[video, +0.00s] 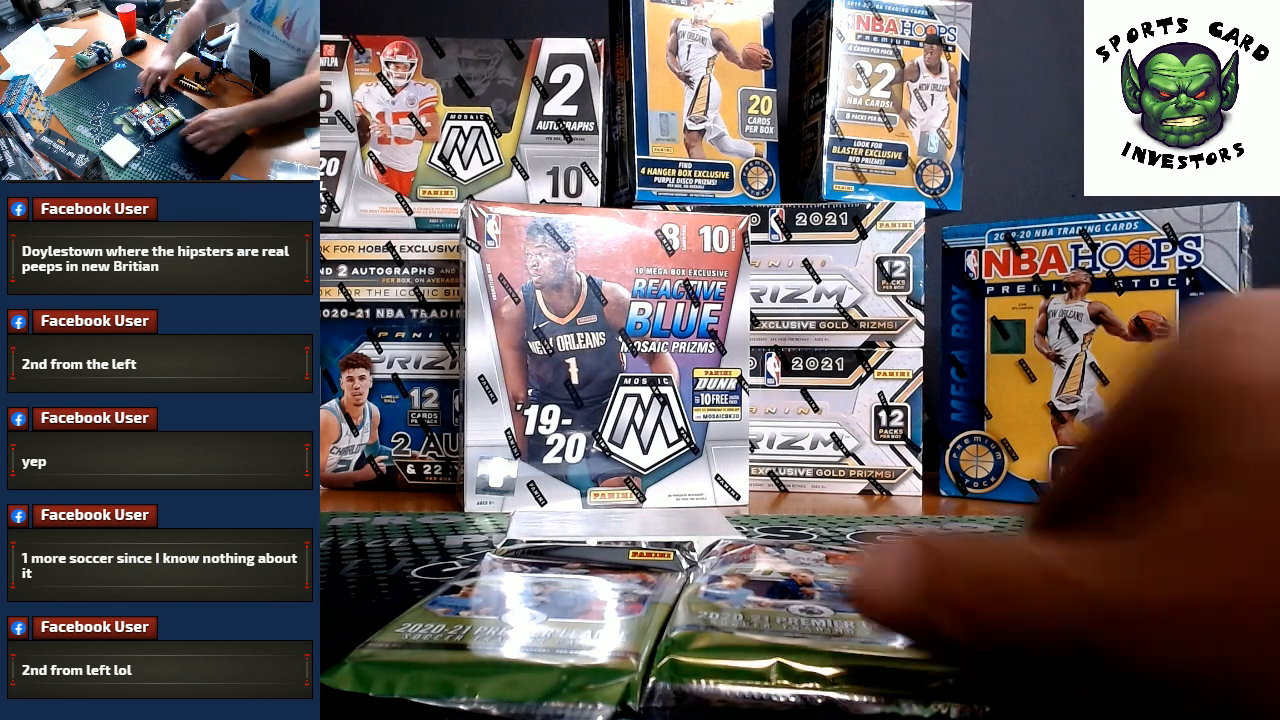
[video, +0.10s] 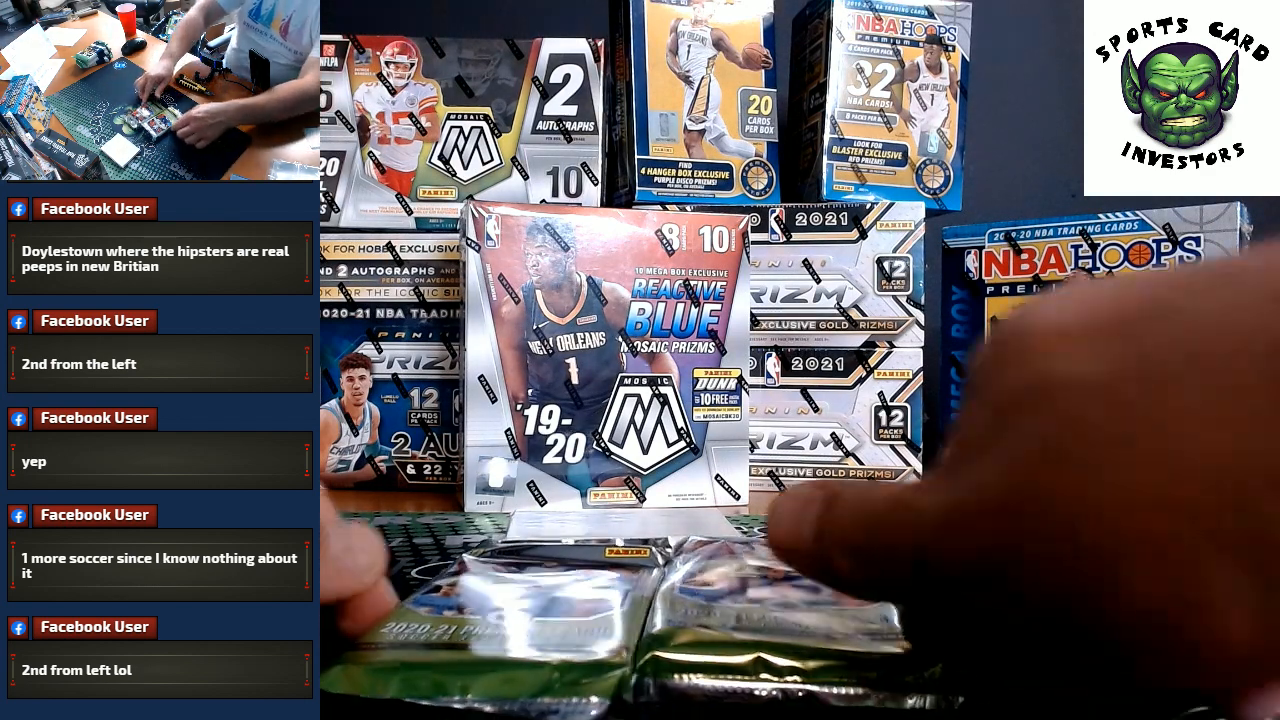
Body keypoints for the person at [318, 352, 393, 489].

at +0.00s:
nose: (356, 385)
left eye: (362, 378)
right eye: (350, 379)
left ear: (370, 382)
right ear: (341, 383)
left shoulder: (372, 413)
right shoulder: (325, 419)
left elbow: (373, 450)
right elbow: (316, 477)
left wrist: (406, 456)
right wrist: (360, 475)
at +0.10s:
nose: (356, 385)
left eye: (362, 378)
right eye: (350, 379)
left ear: (370, 382)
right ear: (341, 383)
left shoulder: (372, 413)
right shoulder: (325, 419)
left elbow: (373, 450)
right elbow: (316, 478)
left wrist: (406, 455)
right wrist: (360, 475)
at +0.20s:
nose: (356, 385)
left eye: (362, 378)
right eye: (350, 379)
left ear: (370, 382)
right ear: (341, 383)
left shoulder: (372, 413)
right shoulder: (325, 419)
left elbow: (373, 450)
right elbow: (316, 478)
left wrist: (405, 456)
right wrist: (360, 475)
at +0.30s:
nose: (356, 385)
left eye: (362, 378)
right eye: (350, 379)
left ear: (370, 382)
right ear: (341, 383)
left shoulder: (372, 413)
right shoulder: (325, 419)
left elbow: (373, 450)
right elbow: (316, 478)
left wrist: (405, 455)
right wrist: (360, 475)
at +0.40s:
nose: (357, 385)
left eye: (362, 378)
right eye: (350, 379)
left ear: (370, 382)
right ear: (342, 383)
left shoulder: (372, 413)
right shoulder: (326, 419)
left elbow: (374, 451)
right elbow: (316, 478)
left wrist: (407, 456)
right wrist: (361, 475)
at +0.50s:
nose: (356, 385)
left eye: (362, 378)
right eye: (350, 379)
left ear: (370, 382)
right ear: (342, 383)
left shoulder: (372, 413)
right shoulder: (325, 419)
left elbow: (374, 450)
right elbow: (321, 475)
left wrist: (407, 455)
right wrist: (360, 475)